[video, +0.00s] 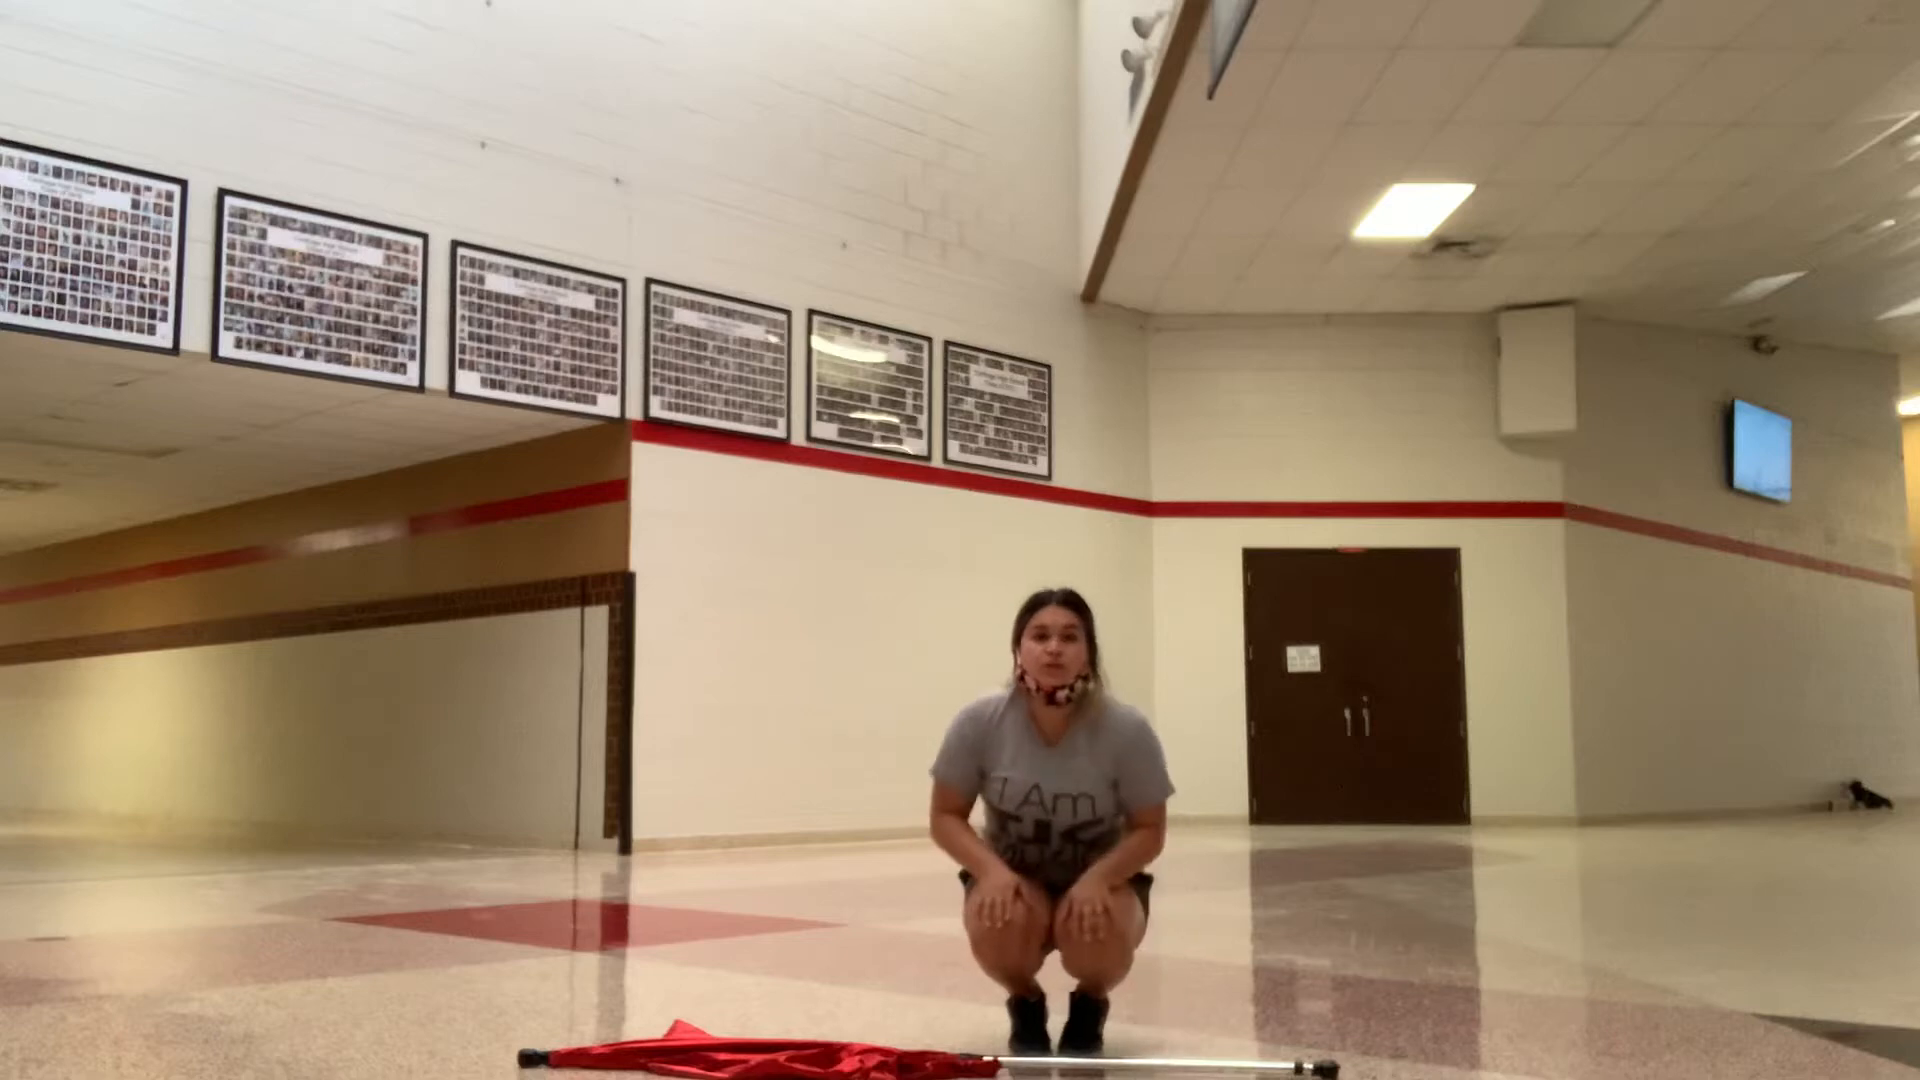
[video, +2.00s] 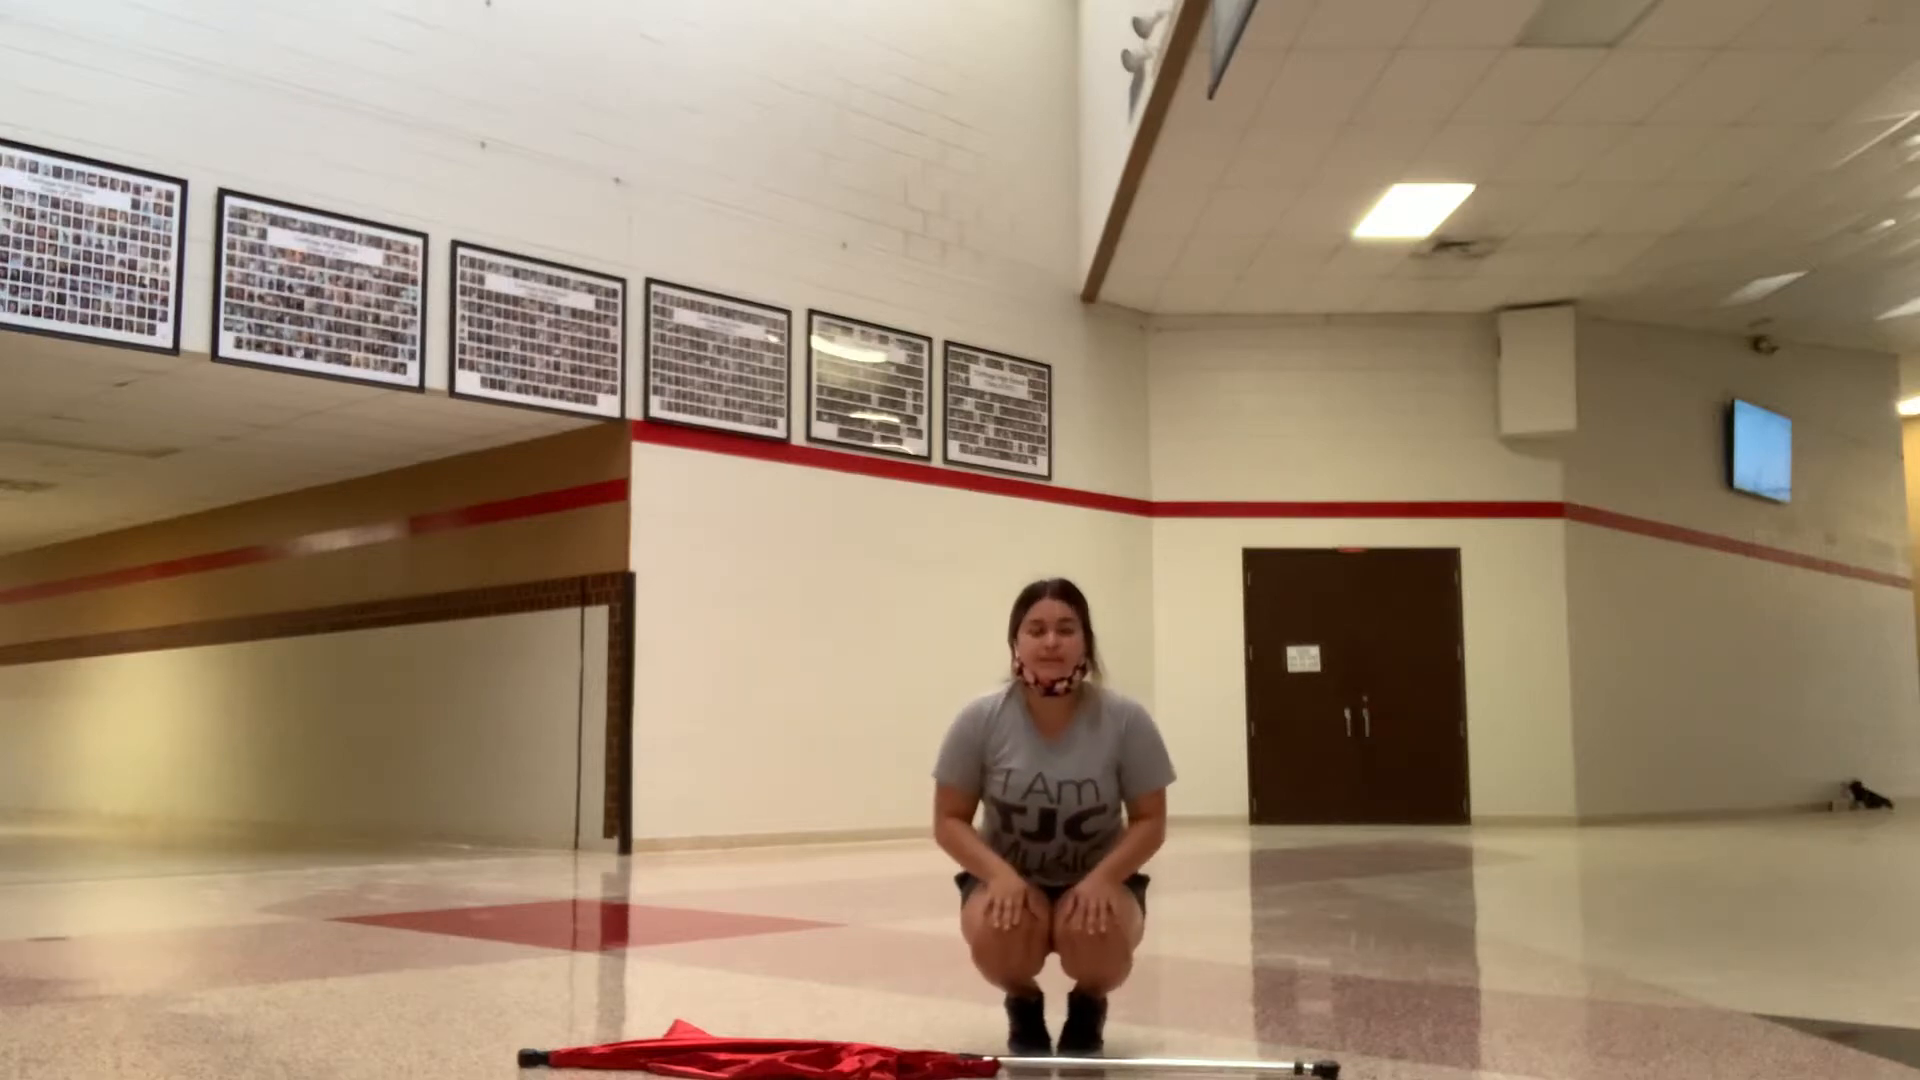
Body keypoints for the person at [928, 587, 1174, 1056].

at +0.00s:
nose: (1054, 648)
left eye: (1069, 637)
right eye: (1040, 636)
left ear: (1089, 654)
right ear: (1018, 652)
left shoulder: (1126, 731)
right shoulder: (981, 724)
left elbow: (1150, 831)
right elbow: (945, 818)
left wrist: (1096, 877)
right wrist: (991, 870)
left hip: (1102, 885)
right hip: (1016, 883)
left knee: (1098, 927)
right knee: (997, 918)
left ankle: (1089, 1004)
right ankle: (1024, 1001)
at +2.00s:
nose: (1051, 642)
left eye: (1065, 629)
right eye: (1037, 630)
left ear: (1086, 644)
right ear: (1015, 647)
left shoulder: (1124, 721)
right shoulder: (981, 722)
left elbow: (1151, 822)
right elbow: (949, 823)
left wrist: (1101, 878)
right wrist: (1001, 874)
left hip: (1097, 884)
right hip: (1010, 884)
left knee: (1097, 929)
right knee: (998, 928)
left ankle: (1088, 1006)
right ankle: (1022, 1004)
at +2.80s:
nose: (1058, 642)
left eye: (1072, 629)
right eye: (1043, 629)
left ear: (1092, 645)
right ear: (1022, 646)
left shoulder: (1130, 721)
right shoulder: (986, 722)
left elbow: (1153, 823)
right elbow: (951, 822)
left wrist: (1103, 879)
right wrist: (1000, 871)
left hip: (1100, 885)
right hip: (1014, 885)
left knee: (1100, 930)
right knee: (998, 925)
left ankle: (1092, 1007)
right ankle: (1020, 1004)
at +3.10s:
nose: (1059, 649)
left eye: (1073, 636)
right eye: (1044, 635)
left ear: (1094, 648)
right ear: (1023, 648)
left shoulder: (1132, 722)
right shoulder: (988, 723)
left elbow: (1155, 824)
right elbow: (951, 822)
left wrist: (1105, 880)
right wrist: (1000, 873)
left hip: (1101, 885)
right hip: (1015, 885)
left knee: (1101, 931)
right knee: (1000, 926)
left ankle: (1091, 1007)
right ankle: (1024, 1004)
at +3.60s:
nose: (1057, 653)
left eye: (1072, 639)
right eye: (1043, 639)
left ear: (1093, 651)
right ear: (1022, 652)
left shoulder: (1131, 724)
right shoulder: (988, 725)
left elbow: (1153, 826)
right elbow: (947, 823)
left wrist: (1105, 880)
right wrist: (998, 873)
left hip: (1099, 884)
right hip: (1011, 882)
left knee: (1101, 931)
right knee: (1000, 927)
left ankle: (1090, 1005)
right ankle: (1024, 1003)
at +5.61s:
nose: (1034, 791)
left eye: (1047, 778)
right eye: (1016, 778)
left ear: (1073, 757)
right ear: (1000, 761)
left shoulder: (1117, 784)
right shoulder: (974, 785)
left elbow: (1156, 904)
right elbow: (938, 902)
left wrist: (1177, 1018)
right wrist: (918, 1015)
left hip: (1090, 911)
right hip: (1018, 912)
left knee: (1104, 914)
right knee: (992, 912)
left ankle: (1084, 1004)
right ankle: (1027, 1004)